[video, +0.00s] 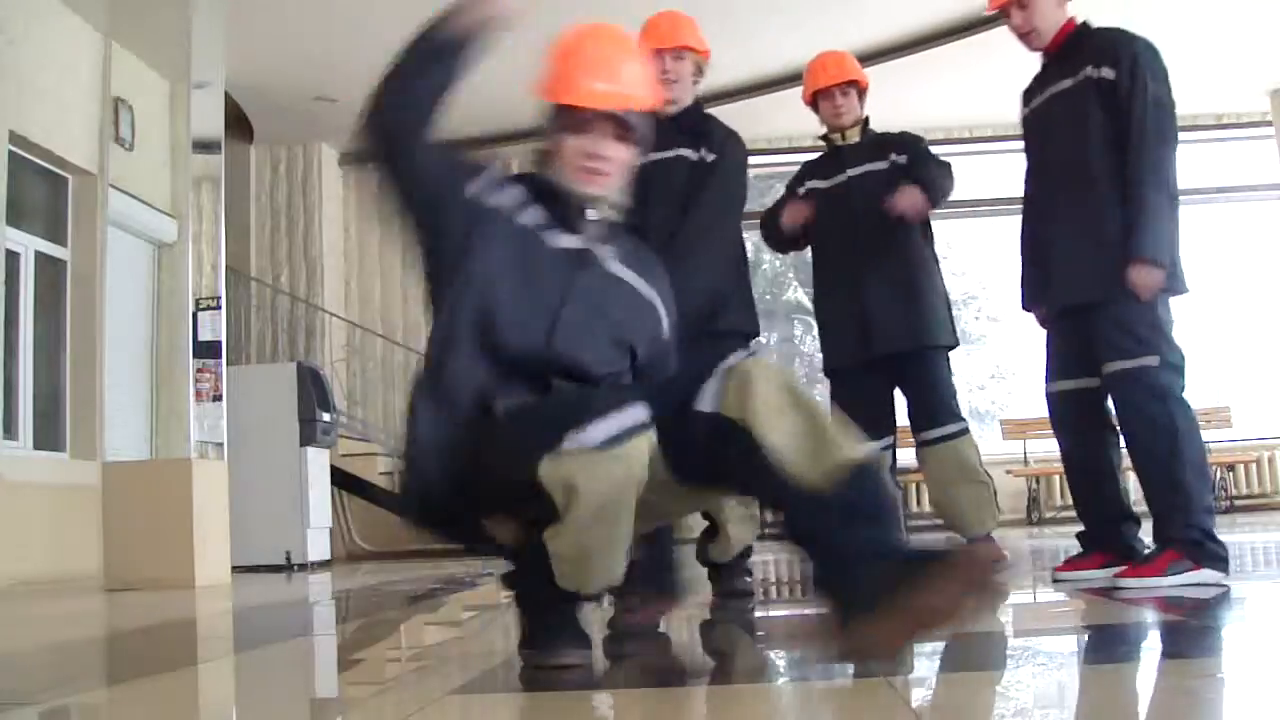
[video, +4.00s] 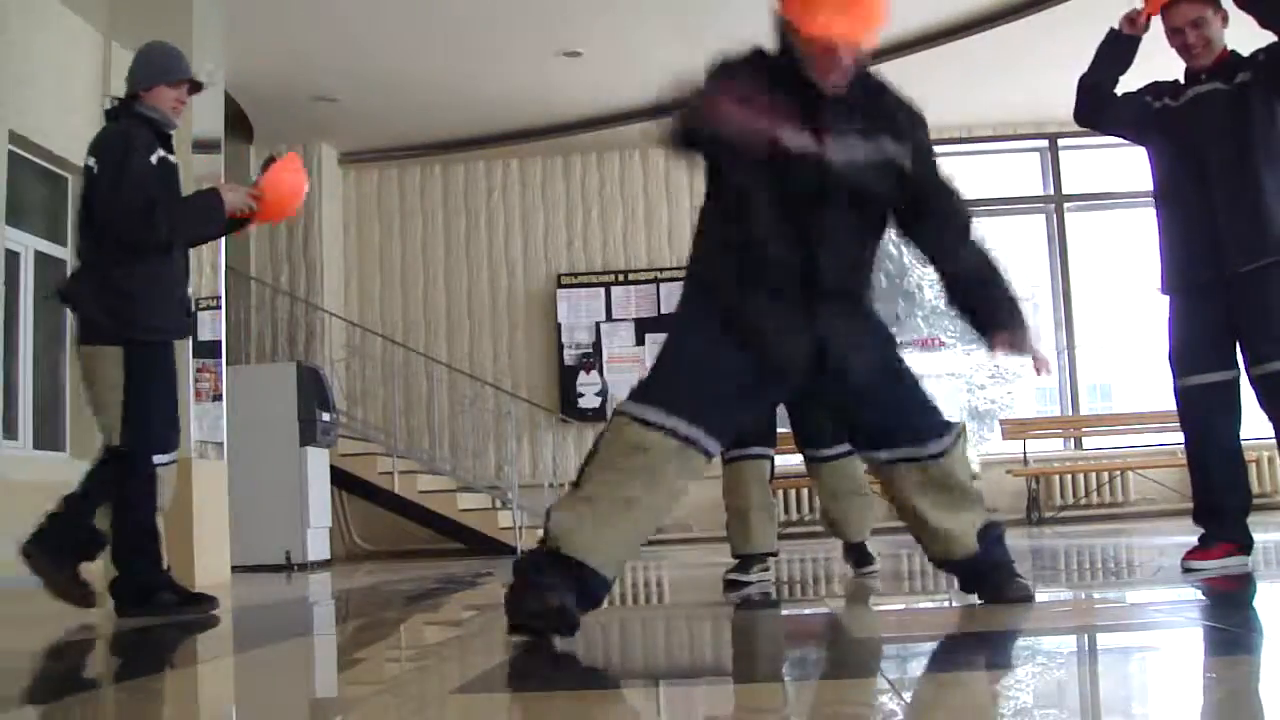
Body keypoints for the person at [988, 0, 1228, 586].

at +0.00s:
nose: (1014, 22)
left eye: (1019, 7)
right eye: (1005, 15)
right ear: (1008, 19)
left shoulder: (1123, 53)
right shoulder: (1035, 93)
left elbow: (1154, 158)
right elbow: (1039, 195)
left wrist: (1151, 253)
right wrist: (1037, 286)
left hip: (1121, 273)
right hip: (1063, 284)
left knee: (1151, 405)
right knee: (1075, 412)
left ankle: (1194, 548)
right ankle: (1111, 542)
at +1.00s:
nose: (1101, 59)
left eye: (1110, 47)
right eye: (1089, 51)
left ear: (1132, 46)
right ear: (1077, 57)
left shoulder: (1176, 115)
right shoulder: (1061, 131)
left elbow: (1202, 204)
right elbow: (1048, 219)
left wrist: (1209, 287)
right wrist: (1048, 291)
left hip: (1161, 298)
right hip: (1087, 301)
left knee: (1158, 422)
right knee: (1079, 421)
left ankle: (1155, 538)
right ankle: (1079, 537)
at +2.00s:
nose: (1148, 92)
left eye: (1156, 80)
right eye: (1141, 84)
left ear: (1181, 79)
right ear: (1136, 91)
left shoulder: (1221, 129)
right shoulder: (1148, 160)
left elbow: (1263, 116)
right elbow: (1113, 222)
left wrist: (1196, 75)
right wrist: (1068, 211)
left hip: (1228, 287)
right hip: (1180, 299)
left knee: (1220, 400)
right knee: (1190, 409)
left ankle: (1254, 524)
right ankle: (1228, 526)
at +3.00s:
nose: (1240, 63)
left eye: (1249, 51)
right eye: (1229, 55)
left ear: (1272, 46)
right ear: (1219, 59)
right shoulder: (1216, 122)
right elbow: (1151, 115)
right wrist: (1191, 50)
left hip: (1275, 286)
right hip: (1249, 289)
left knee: (1255, 401)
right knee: (1245, 400)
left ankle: (1251, 525)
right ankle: (1247, 525)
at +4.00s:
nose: (1188, 38)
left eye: (1197, 24)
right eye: (1176, 31)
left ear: (1223, 21)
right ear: (1167, 39)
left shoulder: (1265, 76)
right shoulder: (1158, 104)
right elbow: (1090, 109)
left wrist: (1246, 3)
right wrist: (1125, 34)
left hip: (1266, 273)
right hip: (1195, 285)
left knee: (1278, 400)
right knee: (1205, 415)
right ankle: (1226, 538)